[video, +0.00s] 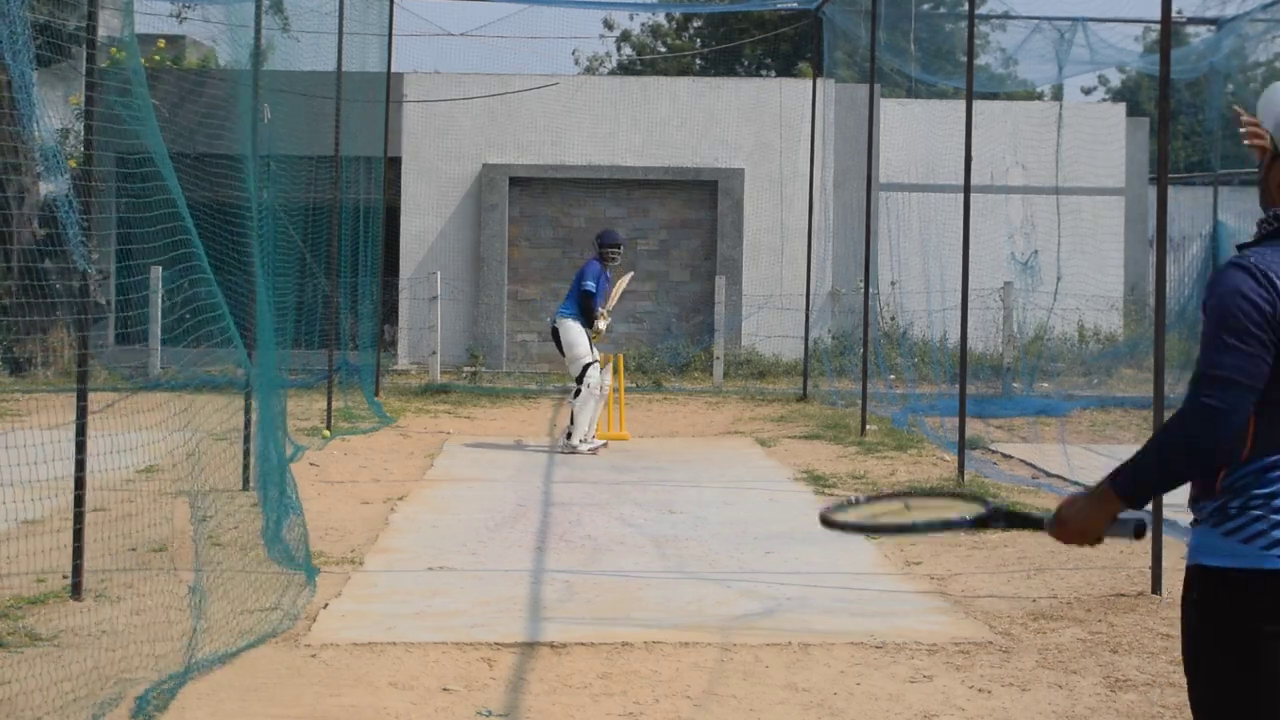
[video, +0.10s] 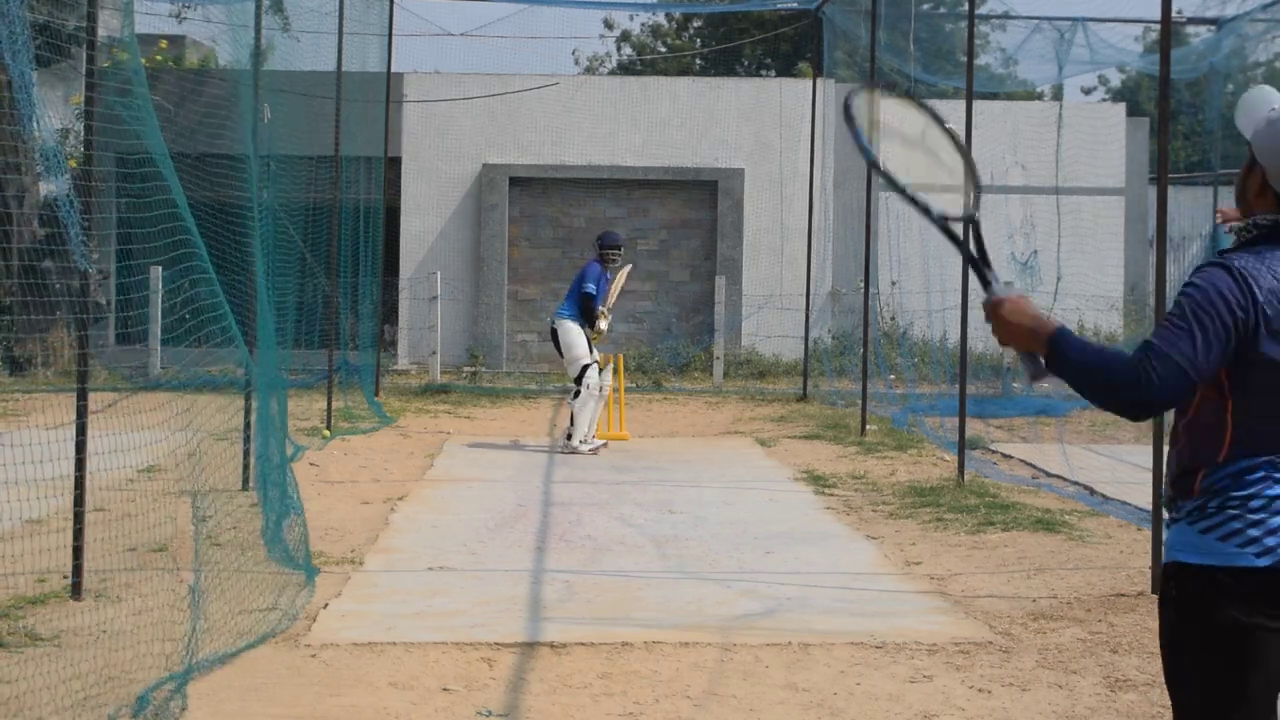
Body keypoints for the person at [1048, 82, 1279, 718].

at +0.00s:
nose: (1264, 168)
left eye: (1268, 157)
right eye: (1266, 155)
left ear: (1275, 173)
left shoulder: (1254, 276)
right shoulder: (1260, 271)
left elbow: (1213, 418)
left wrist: (1108, 496)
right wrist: (1273, 153)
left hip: (1246, 566)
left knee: (1233, 703)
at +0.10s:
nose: (1241, 179)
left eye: (1248, 164)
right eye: (1248, 162)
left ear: (1260, 178)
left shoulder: (1239, 278)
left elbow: (1143, 388)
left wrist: (1042, 336)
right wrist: (1054, 349)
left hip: (1229, 569)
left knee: (1222, 705)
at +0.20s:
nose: (1234, 179)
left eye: (1240, 164)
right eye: (1240, 163)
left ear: (1253, 179)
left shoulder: (1223, 279)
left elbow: (1085, 335)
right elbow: (1090, 334)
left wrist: (1042, 215)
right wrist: (1040, 224)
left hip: (1214, 559)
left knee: (1194, 705)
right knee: (1234, 705)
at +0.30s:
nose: (1233, 162)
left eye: (1241, 152)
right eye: (1241, 150)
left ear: (1254, 170)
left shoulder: (1195, 246)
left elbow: (1067, 228)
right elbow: (1071, 228)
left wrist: (1057, 111)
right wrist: (1061, 114)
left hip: (1180, 525)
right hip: (1272, 531)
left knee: (1140, 704)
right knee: (1244, 704)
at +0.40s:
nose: (1242, 164)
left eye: (1248, 156)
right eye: (1247, 154)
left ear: (1258, 167)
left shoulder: (1191, 238)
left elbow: (1094, 267)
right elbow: (1098, 267)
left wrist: (1060, 201)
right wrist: (1063, 207)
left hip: (1160, 516)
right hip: (1265, 529)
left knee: (1106, 694)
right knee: (1232, 706)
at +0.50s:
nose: (1245, 166)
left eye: (1249, 158)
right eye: (1250, 158)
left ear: (1253, 167)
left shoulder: (1179, 240)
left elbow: (1129, 374)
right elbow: (1130, 376)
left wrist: (1134, 459)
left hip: (1146, 502)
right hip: (1255, 528)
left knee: (1061, 630)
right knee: (1228, 706)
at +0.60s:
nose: (1237, 165)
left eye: (1241, 157)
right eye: (1244, 156)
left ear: (1247, 164)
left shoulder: (1170, 239)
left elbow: (1145, 371)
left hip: (1138, 498)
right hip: (1253, 527)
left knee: (1063, 602)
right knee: (1224, 707)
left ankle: (1113, 715)